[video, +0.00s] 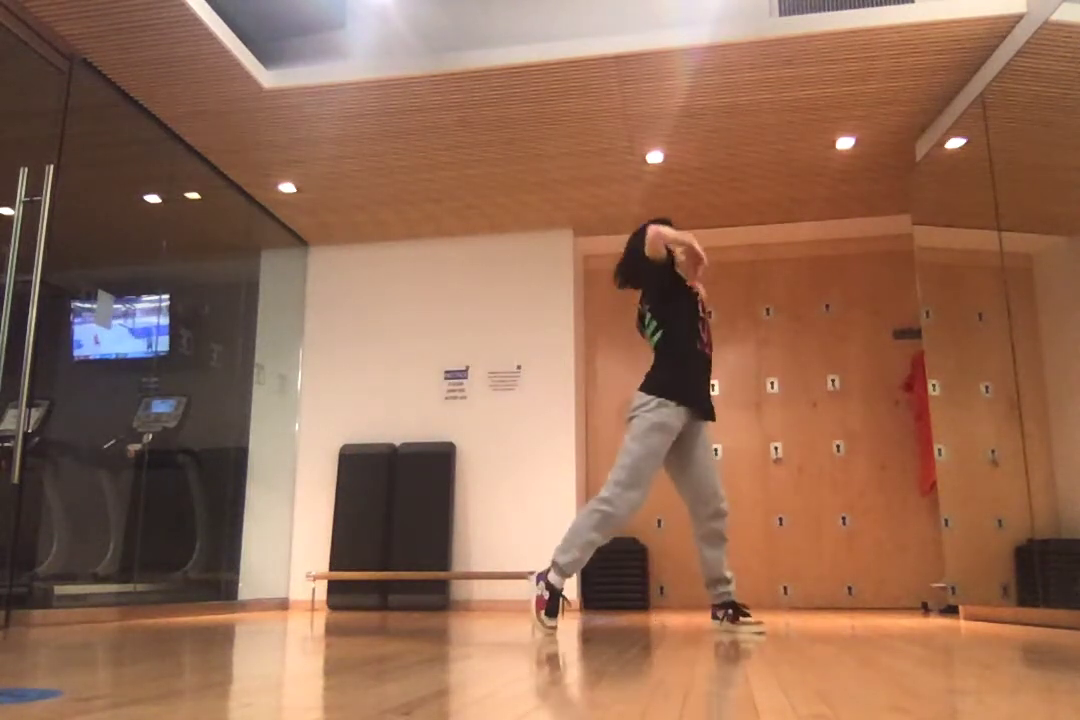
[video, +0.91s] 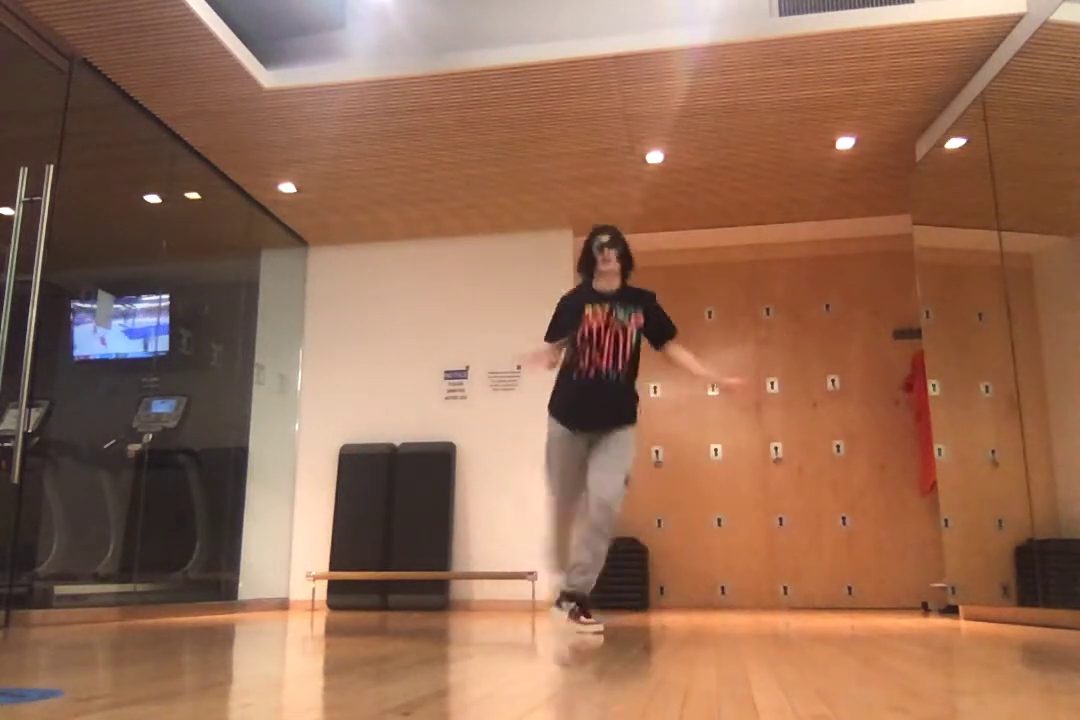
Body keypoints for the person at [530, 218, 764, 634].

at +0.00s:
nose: (682, 242)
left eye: (677, 235)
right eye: (666, 235)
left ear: (663, 251)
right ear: (650, 248)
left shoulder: (681, 293)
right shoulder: (656, 285)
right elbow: (655, 234)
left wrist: (694, 283)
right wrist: (689, 246)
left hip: (690, 414)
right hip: (660, 405)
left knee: (711, 509)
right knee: (620, 499)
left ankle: (723, 603)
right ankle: (552, 578)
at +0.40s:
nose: (623, 270)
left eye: (629, 264)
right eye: (615, 262)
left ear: (636, 268)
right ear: (597, 269)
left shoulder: (639, 306)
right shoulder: (600, 301)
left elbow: (689, 289)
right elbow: (660, 278)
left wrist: (674, 242)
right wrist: (650, 231)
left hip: (677, 410)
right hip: (641, 410)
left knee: (708, 504)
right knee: (615, 507)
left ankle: (722, 598)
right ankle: (546, 584)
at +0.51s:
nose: (623, 280)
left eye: (630, 273)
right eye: (615, 270)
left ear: (634, 274)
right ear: (597, 270)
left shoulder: (622, 307)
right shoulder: (588, 302)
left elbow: (662, 316)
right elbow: (648, 312)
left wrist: (670, 261)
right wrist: (651, 255)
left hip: (642, 422)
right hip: (602, 421)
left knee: (692, 498)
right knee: (585, 512)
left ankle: (699, 594)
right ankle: (535, 593)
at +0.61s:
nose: (627, 298)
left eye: (634, 290)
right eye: (619, 289)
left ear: (640, 289)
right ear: (600, 288)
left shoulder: (643, 317)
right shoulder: (582, 315)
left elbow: (677, 325)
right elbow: (562, 306)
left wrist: (693, 320)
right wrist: (614, 283)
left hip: (624, 434)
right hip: (575, 428)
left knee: (655, 497)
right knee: (551, 502)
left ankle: (603, 585)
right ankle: (522, 590)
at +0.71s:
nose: (615, 300)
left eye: (621, 292)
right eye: (607, 293)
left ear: (633, 295)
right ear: (595, 297)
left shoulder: (653, 329)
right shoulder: (576, 325)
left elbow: (707, 333)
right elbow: (528, 329)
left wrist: (767, 331)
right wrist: (498, 320)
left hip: (619, 450)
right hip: (568, 436)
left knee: (617, 524)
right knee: (522, 505)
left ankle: (566, 600)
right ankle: (473, 581)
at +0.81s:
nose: (611, 287)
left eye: (617, 280)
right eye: (604, 281)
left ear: (627, 284)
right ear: (591, 286)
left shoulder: (645, 323)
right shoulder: (575, 322)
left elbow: (699, 345)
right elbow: (524, 354)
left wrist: (753, 358)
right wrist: (477, 346)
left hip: (619, 447)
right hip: (568, 438)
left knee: (619, 526)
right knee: (519, 515)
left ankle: (568, 602)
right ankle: (485, 575)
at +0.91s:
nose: (608, 254)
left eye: (614, 248)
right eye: (601, 248)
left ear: (624, 255)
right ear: (590, 256)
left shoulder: (642, 303)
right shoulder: (574, 302)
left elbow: (670, 347)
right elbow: (555, 351)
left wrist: (716, 378)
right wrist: (543, 358)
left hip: (616, 420)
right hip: (569, 418)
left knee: (604, 503)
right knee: (565, 502)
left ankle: (576, 595)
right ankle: (566, 580)